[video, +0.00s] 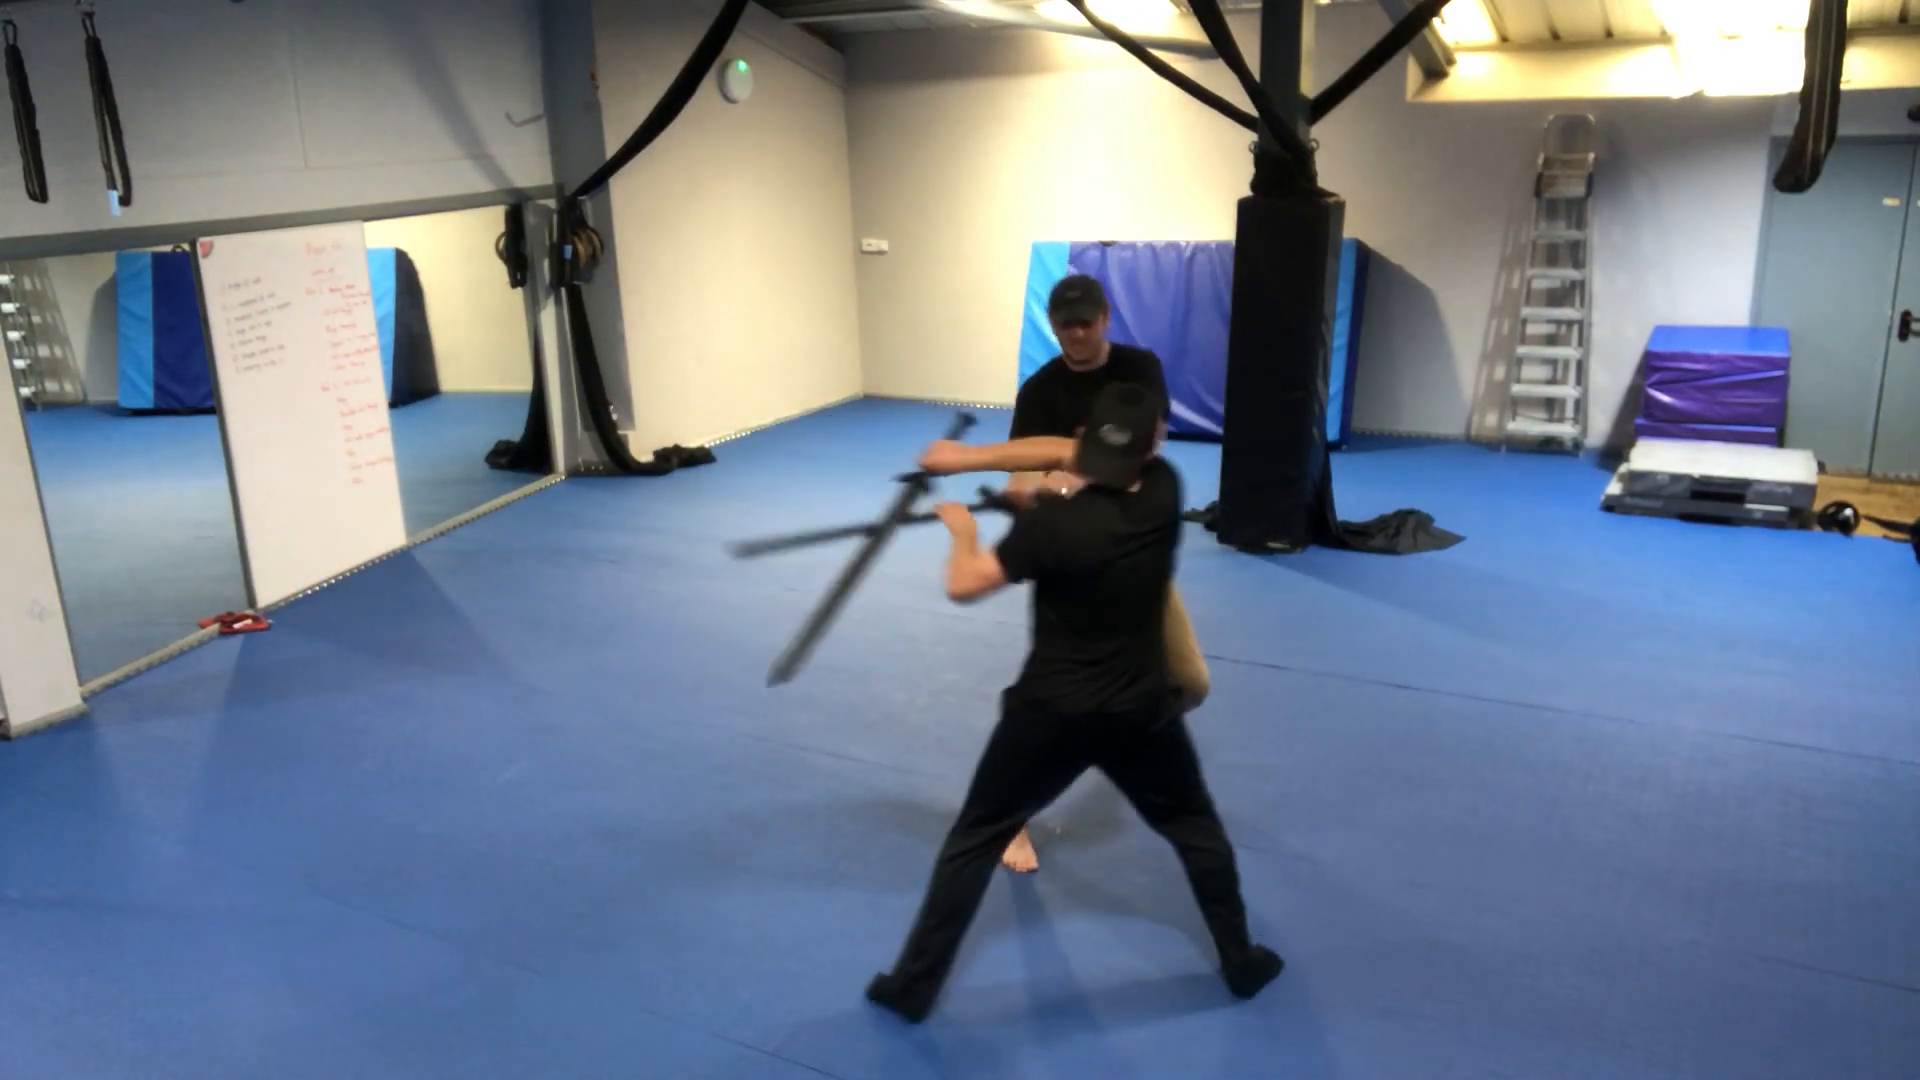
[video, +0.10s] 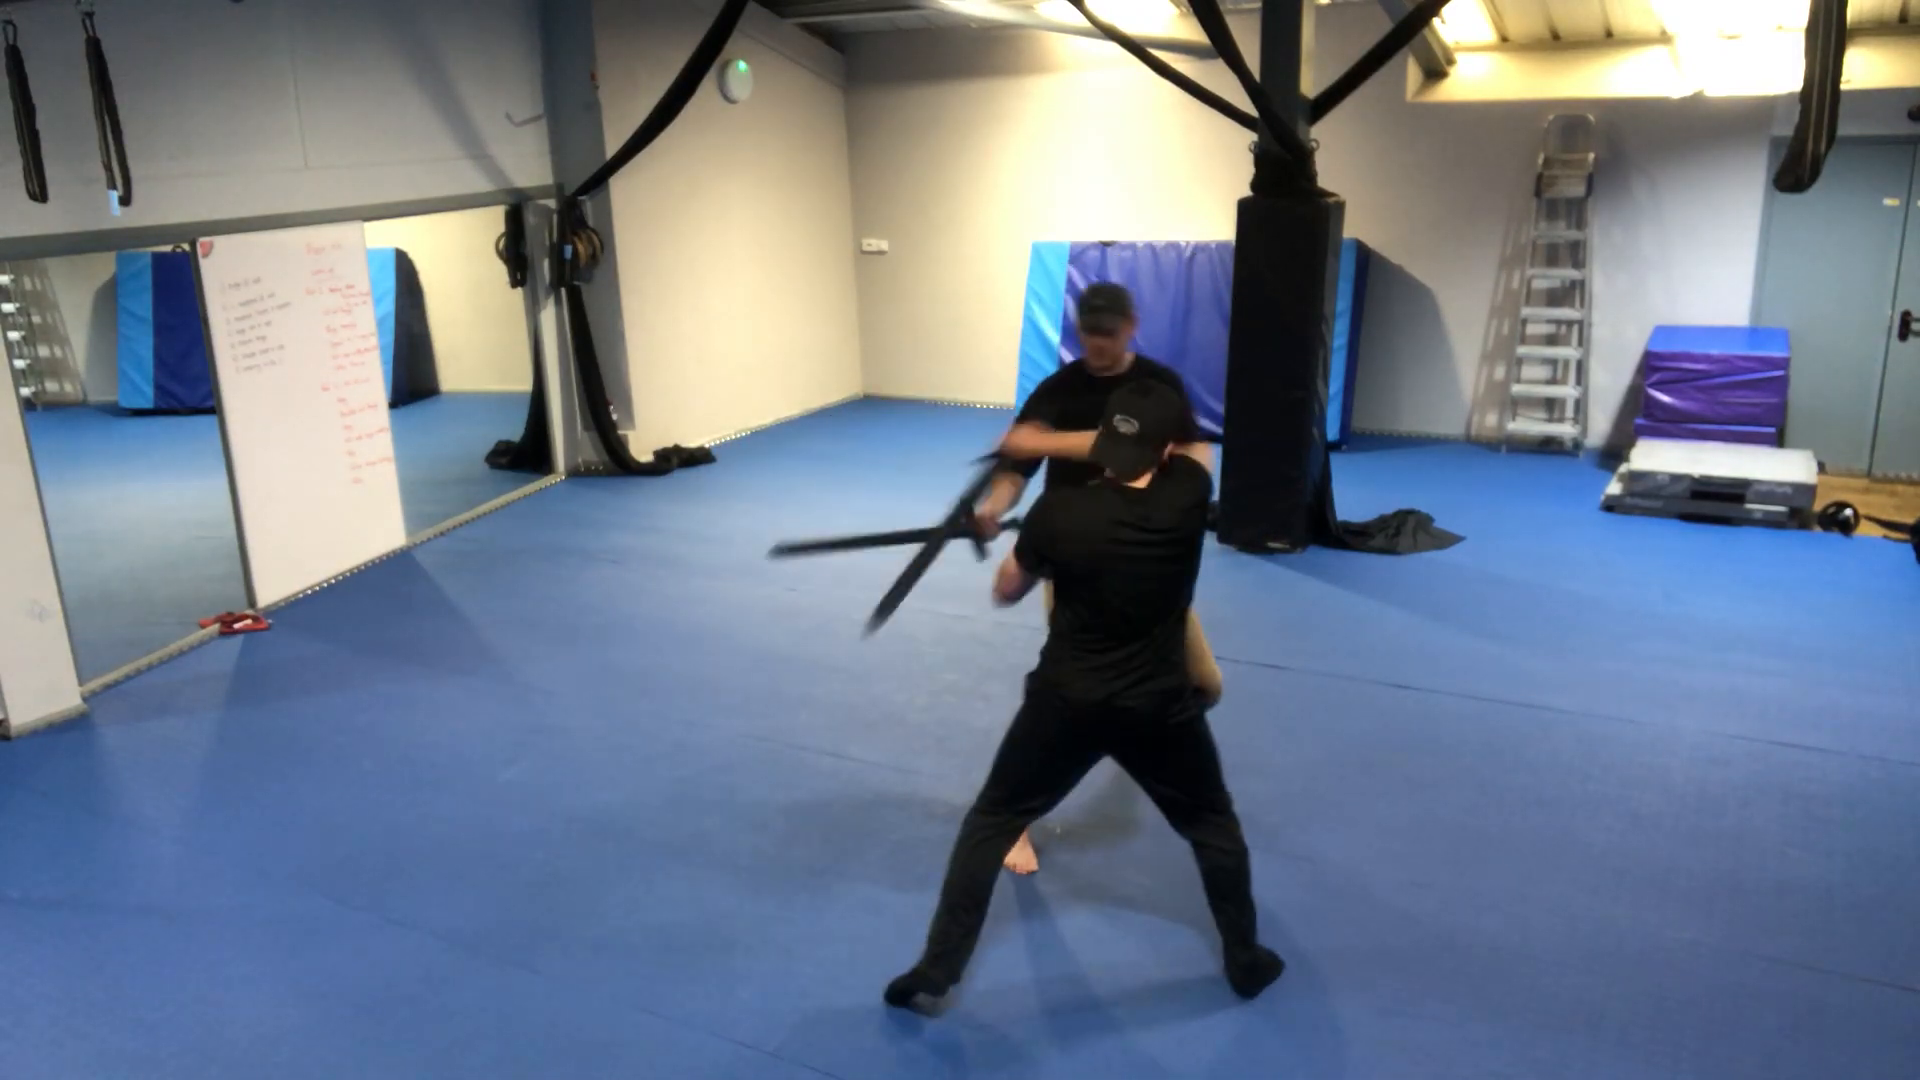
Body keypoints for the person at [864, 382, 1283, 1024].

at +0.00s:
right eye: (1155, 438)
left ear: (1085, 449)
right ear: (1148, 449)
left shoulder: (1056, 524)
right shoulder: (1163, 491)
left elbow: (963, 583)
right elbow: (1069, 458)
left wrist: (961, 529)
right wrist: (967, 459)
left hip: (1053, 707)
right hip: (1141, 704)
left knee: (978, 835)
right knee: (1192, 820)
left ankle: (915, 984)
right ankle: (1239, 959)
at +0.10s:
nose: (1187, 442)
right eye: (1183, 436)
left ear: (1101, 441)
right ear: (1168, 451)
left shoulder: (1063, 508)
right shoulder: (1188, 499)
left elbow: (1006, 588)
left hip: (1066, 701)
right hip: (1158, 703)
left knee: (995, 816)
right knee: (1211, 820)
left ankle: (938, 968)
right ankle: (1244, 959)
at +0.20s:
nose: (1176, 441)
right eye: (1170, 434)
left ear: (1097, 435)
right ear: (1164, 446)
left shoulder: (1050, 501)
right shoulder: (1184, 497)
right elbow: (1235, 478)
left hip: (1070, 698)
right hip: (1163, 702)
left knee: (1005, 811)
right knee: (1221, 825)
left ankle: (931, 956)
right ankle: (1247, 961)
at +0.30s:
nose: (1144, 438)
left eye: (1129, 429)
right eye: (1141, 430)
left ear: (1075, 433)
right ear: (1136, 441)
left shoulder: (1052, 488)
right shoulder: (1156, 504)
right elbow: (1274, 520)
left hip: (1076, 696)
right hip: (1159, 704)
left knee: (1015, 812)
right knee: (1218, 832)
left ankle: (930, 959)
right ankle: (1248, 964)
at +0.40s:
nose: (1122, 429)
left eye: (1117, 420)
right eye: (1119, 421)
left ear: (1058, 429)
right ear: (1112, 432)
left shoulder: (1055, 490)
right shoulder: (1099, 503)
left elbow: (1111, 509)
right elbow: (1141, 587)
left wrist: (1157, 520)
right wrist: (1261, 578)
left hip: (1078, 694)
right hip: (1141, 702)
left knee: (1029, 824)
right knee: (1213, 836)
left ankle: (936, 976)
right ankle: (1247, 967)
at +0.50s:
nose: (1131, 441)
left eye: (1127, 430)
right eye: (1129, 432)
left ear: (1070, 434)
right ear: (1119, 442)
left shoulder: (1068, 495)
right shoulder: (1081, 506)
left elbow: (1102, 555)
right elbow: (1042, 604)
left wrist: (1151, 535)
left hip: (1068, 703)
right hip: (1125, 700)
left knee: (1015, 834)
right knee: (1209, 829)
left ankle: (934, 991)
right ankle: (1247, 966)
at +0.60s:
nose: (1150, 466)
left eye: (1150, 455)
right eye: (1149, 455)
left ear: (1093, 449)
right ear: (1133, 460)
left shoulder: (1084, 514)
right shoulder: (1071, 518)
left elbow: (1097, 572)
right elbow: (971, 593)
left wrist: (1156, 585)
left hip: (1049, 719)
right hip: (1103, 721)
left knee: (1005, 851)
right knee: (1197, 820)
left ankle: (927, 1002)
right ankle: (1243, 960)